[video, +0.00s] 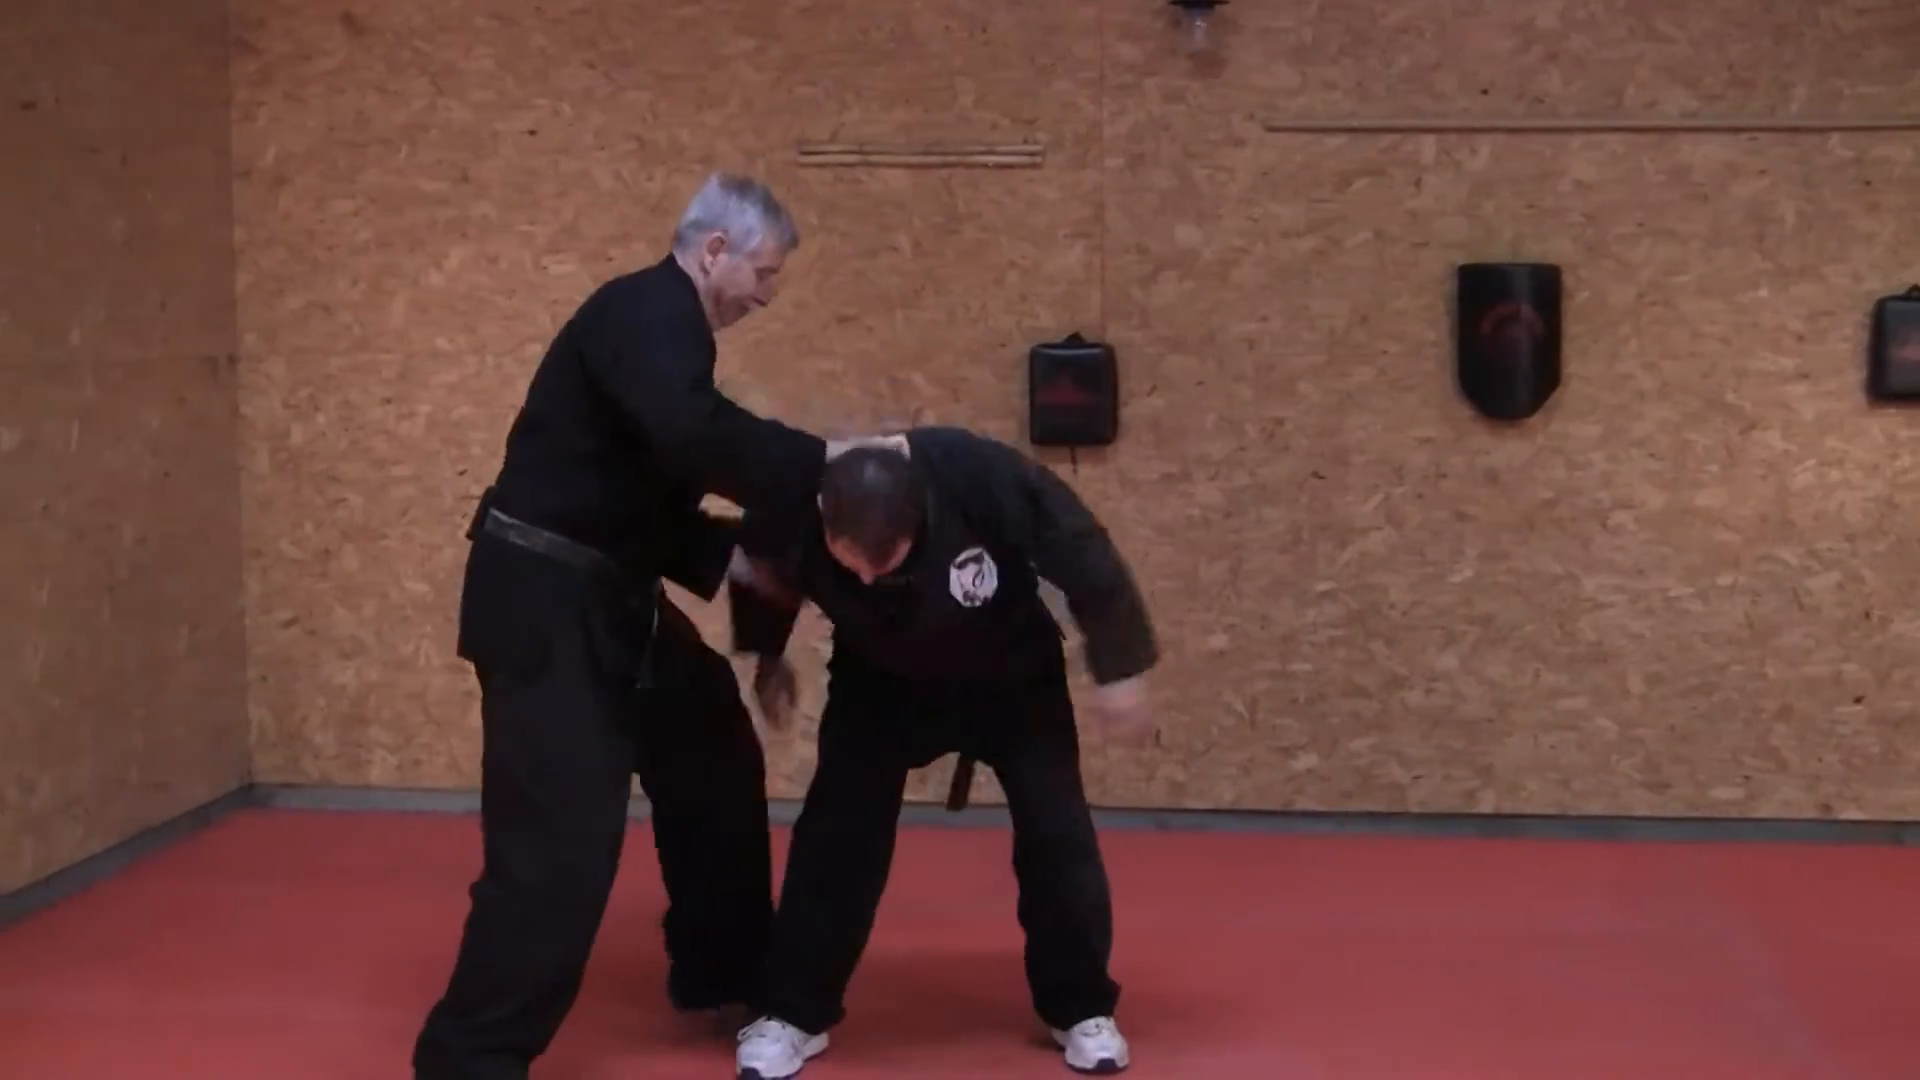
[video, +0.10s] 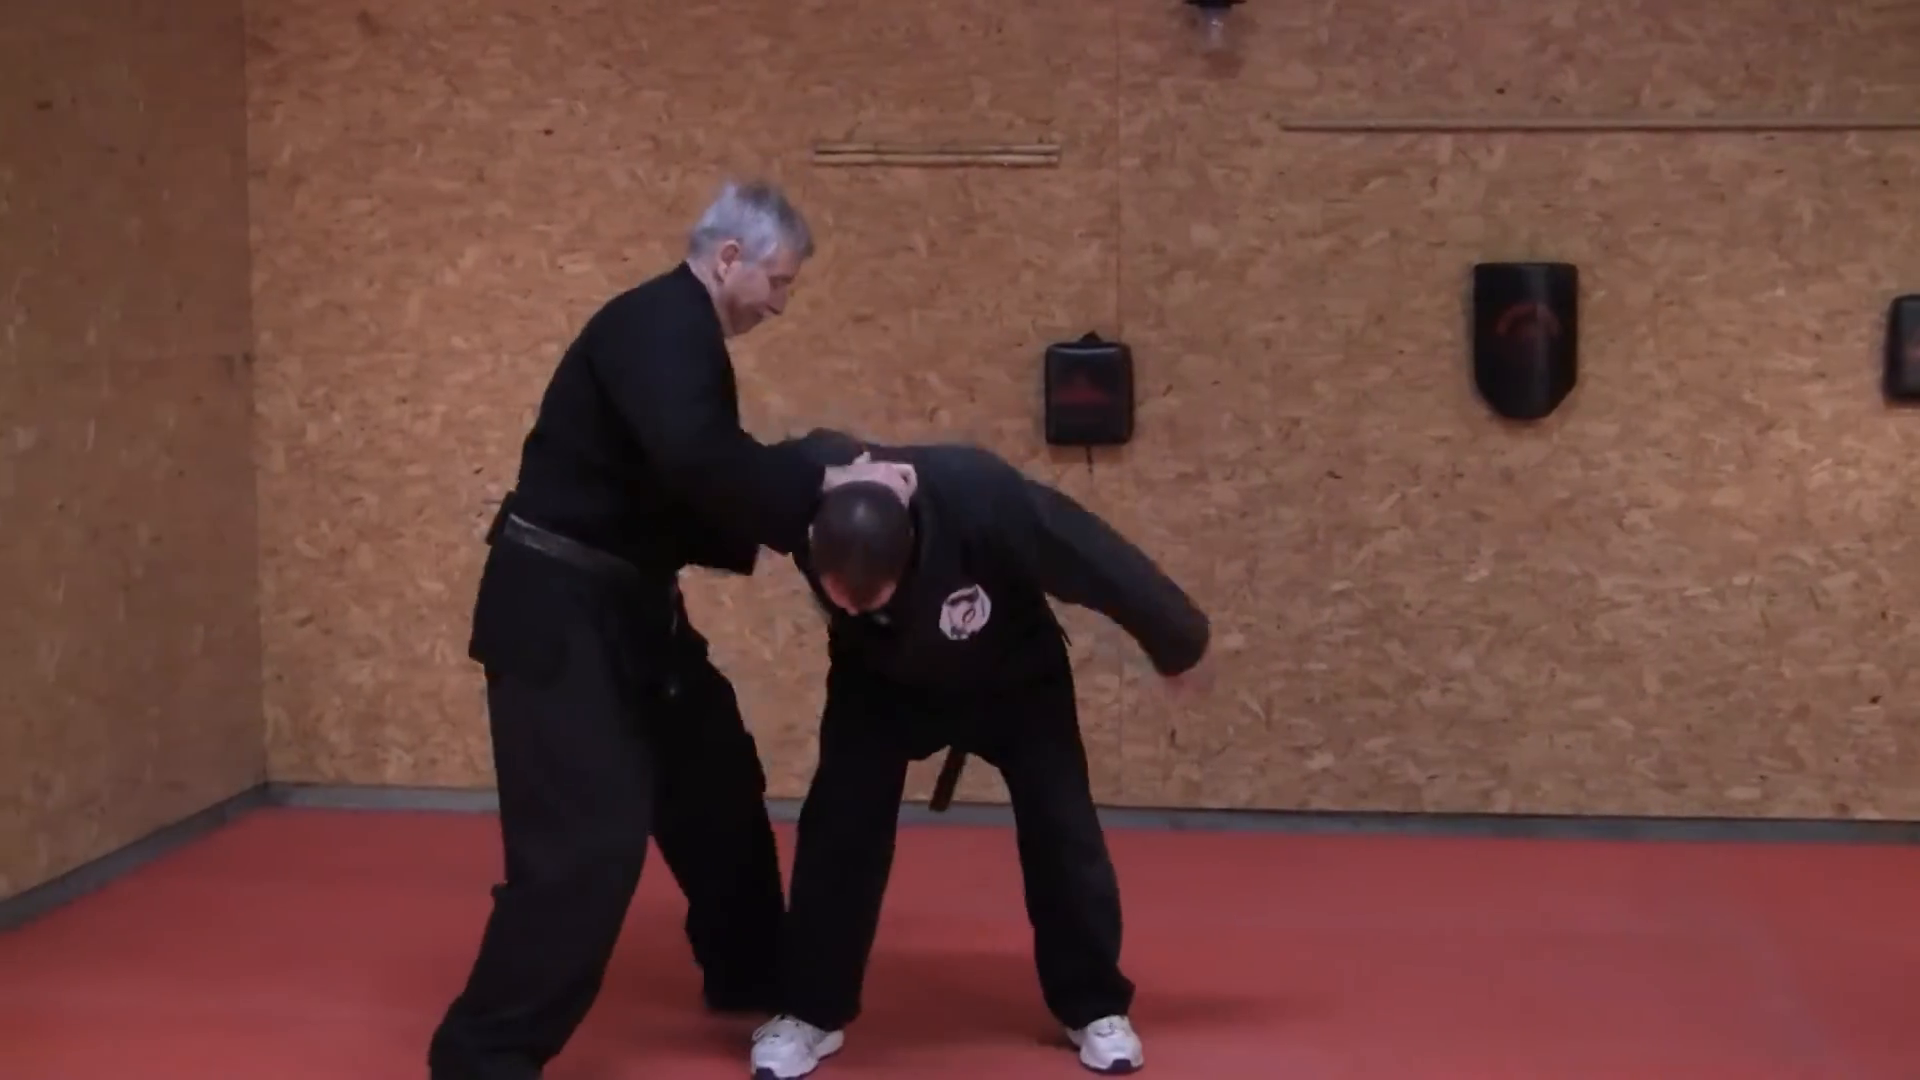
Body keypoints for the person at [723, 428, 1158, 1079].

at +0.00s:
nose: (867, 576)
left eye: (883, 564)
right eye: (851, 564)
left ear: (911, 526)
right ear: (824, 520)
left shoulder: (971, 474)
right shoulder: (796, 503)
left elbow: (1076, 545)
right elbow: (765, 568)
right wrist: (765, 650)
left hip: (1006, 666)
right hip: (880, 676)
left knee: (1057, 830)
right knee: (836, 830)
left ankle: (1082, 1010)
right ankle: (794, 1013)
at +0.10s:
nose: (850, 608)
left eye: (867, 600)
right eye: (838, 597)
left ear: (903, 554)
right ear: (819, 541)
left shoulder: (981, 503)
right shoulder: (791, 489)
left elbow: (1095, 559)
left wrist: (1177, 640)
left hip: (1008, 668)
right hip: (879, 672)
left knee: (1062, 832)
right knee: (837, 828)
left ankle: (1094, 1008)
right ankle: (811, 1012)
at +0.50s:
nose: (898, 609)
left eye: (904, 589)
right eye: (875, 604)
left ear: (915, 535)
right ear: (832, 570)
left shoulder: (974, 479)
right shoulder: (794, 554)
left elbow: (1050, 471)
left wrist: (1046, 586)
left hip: (997, 641)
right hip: (875, 659)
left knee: (1056, 800)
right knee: (858, 820)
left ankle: (1098, 982)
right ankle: (852, 1012)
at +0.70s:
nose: (890, 595)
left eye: (895, 574)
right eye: (867, 591)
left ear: (904, 523)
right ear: (825, 567)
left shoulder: (940, 458)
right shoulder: (786, 568)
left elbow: (1021, 434)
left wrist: (1066, 544)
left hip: (1000, 633)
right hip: (879, 658)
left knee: (1044, 798)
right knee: (862, 822)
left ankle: (1079, 978)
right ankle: (857, 1012)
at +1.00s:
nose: (866, 559)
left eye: (875, 534)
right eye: (837, 550)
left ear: (880, 484)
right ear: (801, 533)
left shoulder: (922, 434)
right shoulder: (781, 548)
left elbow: (1006, 416)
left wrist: (1075, 513)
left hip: (1001, 623)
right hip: (883, 655)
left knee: (1050, 789)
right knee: (866, 818)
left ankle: (1085, 972)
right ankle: (861, 1011)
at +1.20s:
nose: (865, 487)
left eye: (862, 464)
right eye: (837, 486)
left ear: (869, 440)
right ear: (796, 498)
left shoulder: (928, 425)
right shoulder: (786, 538)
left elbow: (1013, 416)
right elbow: (734, 582)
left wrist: (1074, 511)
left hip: (1003, 621)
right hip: (883, 649)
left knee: (1050, 791)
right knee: (864, 816)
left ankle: (1083, 972)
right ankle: (858, 1011)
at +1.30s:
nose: (852, 451)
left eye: (855, 429)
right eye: (823, 447)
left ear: (871, 416)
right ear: (787, 466)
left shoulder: (936, 415)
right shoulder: (788, 521)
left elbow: (1016, 415)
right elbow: (754, 566)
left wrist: (1078, 507)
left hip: (1003, 624)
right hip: (883, 647)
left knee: (1051, 792)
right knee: (863, 817)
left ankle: (1081, 972)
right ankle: (857, 1010)